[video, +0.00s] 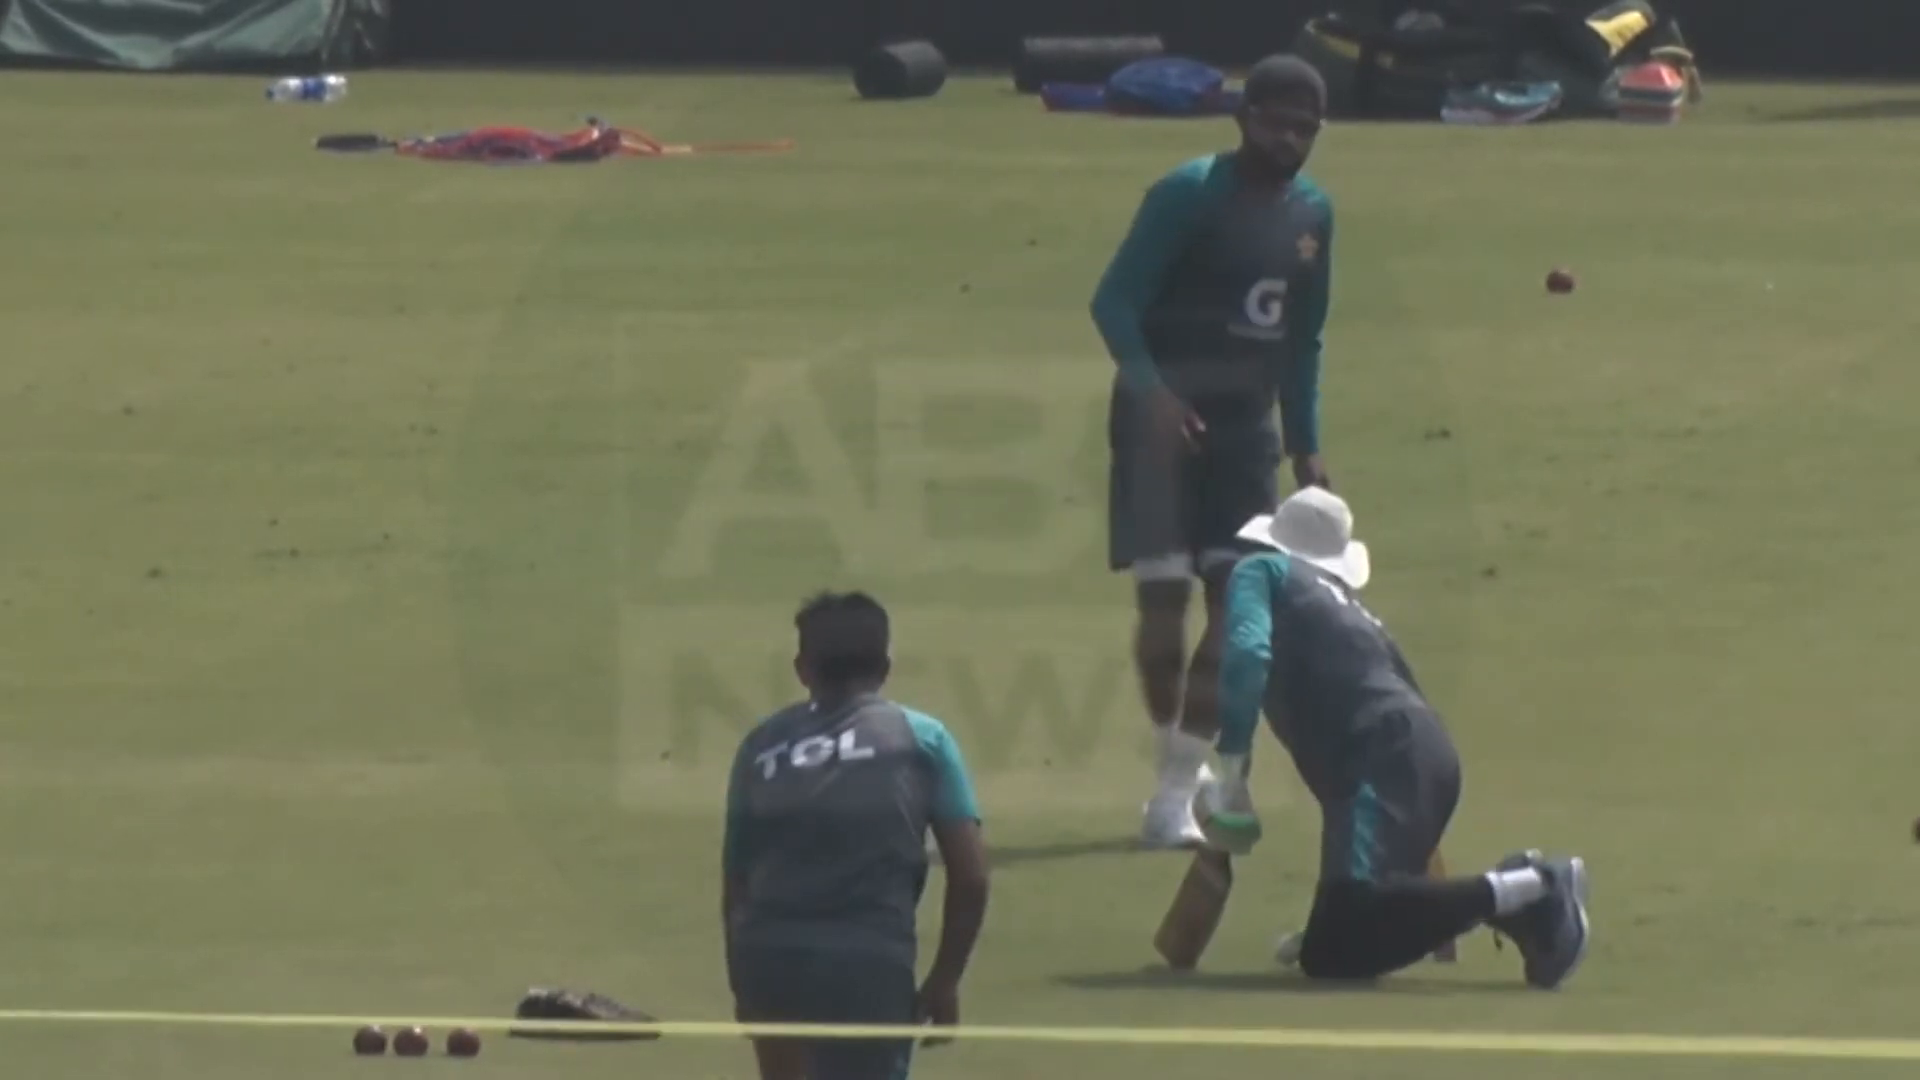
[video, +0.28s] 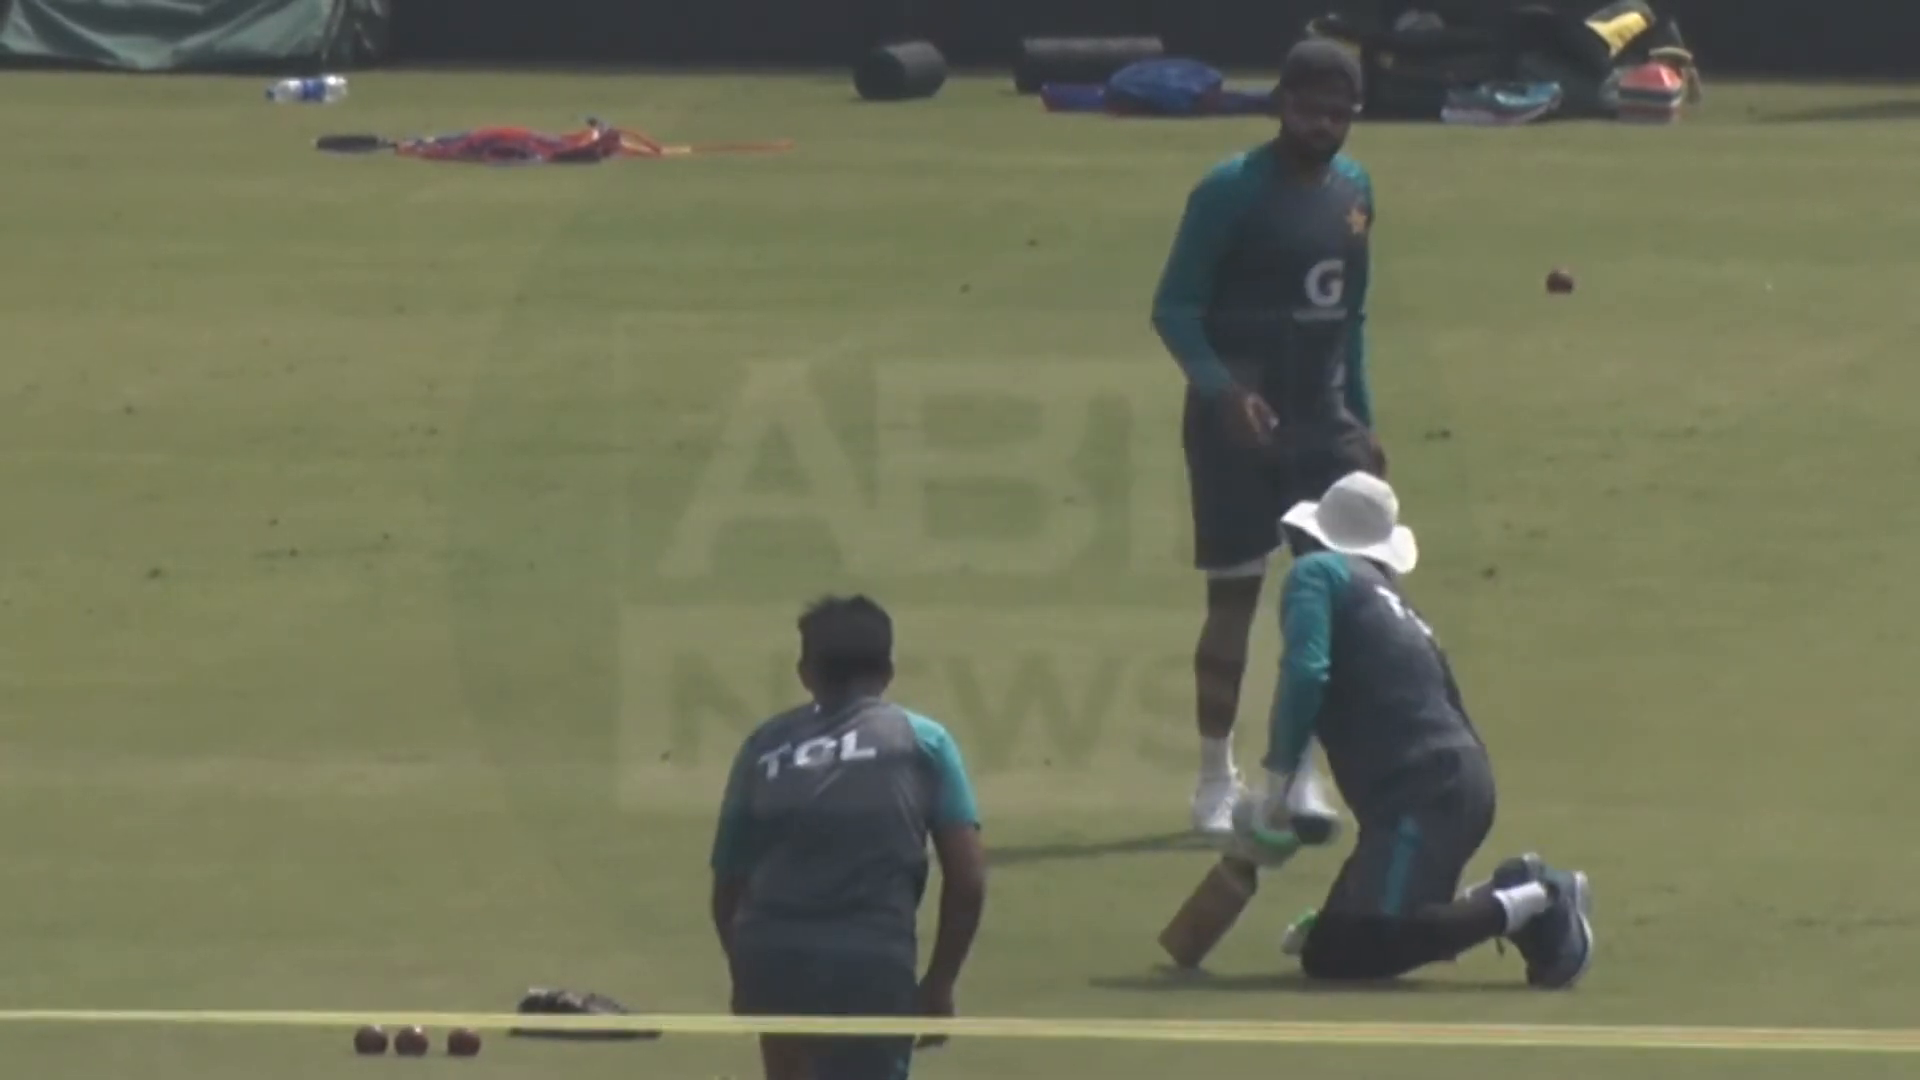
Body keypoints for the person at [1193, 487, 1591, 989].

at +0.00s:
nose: (1252, 556)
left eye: (1260, 549)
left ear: (1276, 547)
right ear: (1334, 564)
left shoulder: (1260, 568)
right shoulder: (1352, 611)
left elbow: (1248, 653)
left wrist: (1231, 772)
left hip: (1388, 759)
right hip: (1430, 761)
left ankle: (1526, 889)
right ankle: (1515, 892)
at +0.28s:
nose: (1296, 545)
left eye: (1304, 534)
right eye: (1302, 534)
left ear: (1317, 537)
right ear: (1374, 551)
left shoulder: (1316, 574)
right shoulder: (1387, 601)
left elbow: (1307, 672)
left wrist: (1277, 781)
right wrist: (1338, 916)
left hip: (1423, 793)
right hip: (1456, 787)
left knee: (1336, 954)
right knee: (1343, 943)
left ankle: (1527, 904)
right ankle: (1502, 901)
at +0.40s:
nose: (1334, 548)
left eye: (1341, 537)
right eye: (1335, 537)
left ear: (1360, 535)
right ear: (1406, 546)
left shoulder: (1354, 573)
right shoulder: (1424, 606)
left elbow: (1347, 684)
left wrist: (1310, 802)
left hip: (1448, 806)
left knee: (1367, 961)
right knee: (1330, 952)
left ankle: (1531, 903)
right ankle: (1508, 900)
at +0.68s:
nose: (1429, 541)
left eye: (1435, 530)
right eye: (1431, 528)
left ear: (1452, 540)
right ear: (1501, 544)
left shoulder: (1467, 599)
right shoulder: (1513, 612)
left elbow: (1470, 718)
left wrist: (1406, 810)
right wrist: (1408, 837)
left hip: (1494, 846)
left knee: (1371, 961)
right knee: (1349, 947)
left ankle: (1541, 912)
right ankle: (1541, 906)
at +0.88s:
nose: (1467, 555)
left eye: (1474, 542)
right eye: (1467, 542)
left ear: (1501, 548)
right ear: (1535, 549)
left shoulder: (1515, 617)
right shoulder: (1550, 616)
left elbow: (1500, 742)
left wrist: (1425, 816)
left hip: (1516, 853)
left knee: (1386, 965)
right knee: (1360, 940)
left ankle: (1553, 914)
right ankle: (1538, 910)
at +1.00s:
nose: (1480, 550)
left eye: (1488, 538)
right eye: (1482, 537)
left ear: (1510, 549)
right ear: (1549, 552)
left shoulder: (1523, 620)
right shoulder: (1569, 617)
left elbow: (1501, 744)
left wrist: (1425, 820)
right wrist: (1421, 834)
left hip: (1515, 853)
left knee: (1384, 963)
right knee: (1364, 938)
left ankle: (1554, 915)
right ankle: (1545, 909)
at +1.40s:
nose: (1483, 539)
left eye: (1497, 529)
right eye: (1487, 527)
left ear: (1538, 543)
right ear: (1542, 545)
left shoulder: (1548, 619)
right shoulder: (1542, 611)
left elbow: (1513, 741)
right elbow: (1507, 744)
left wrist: (1434, 811)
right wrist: (1426, 817)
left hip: (1521, 851)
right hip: (1497, 842)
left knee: (1387, 966)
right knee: (1359, 952)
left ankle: (1554, 914)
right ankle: (1537, 909)